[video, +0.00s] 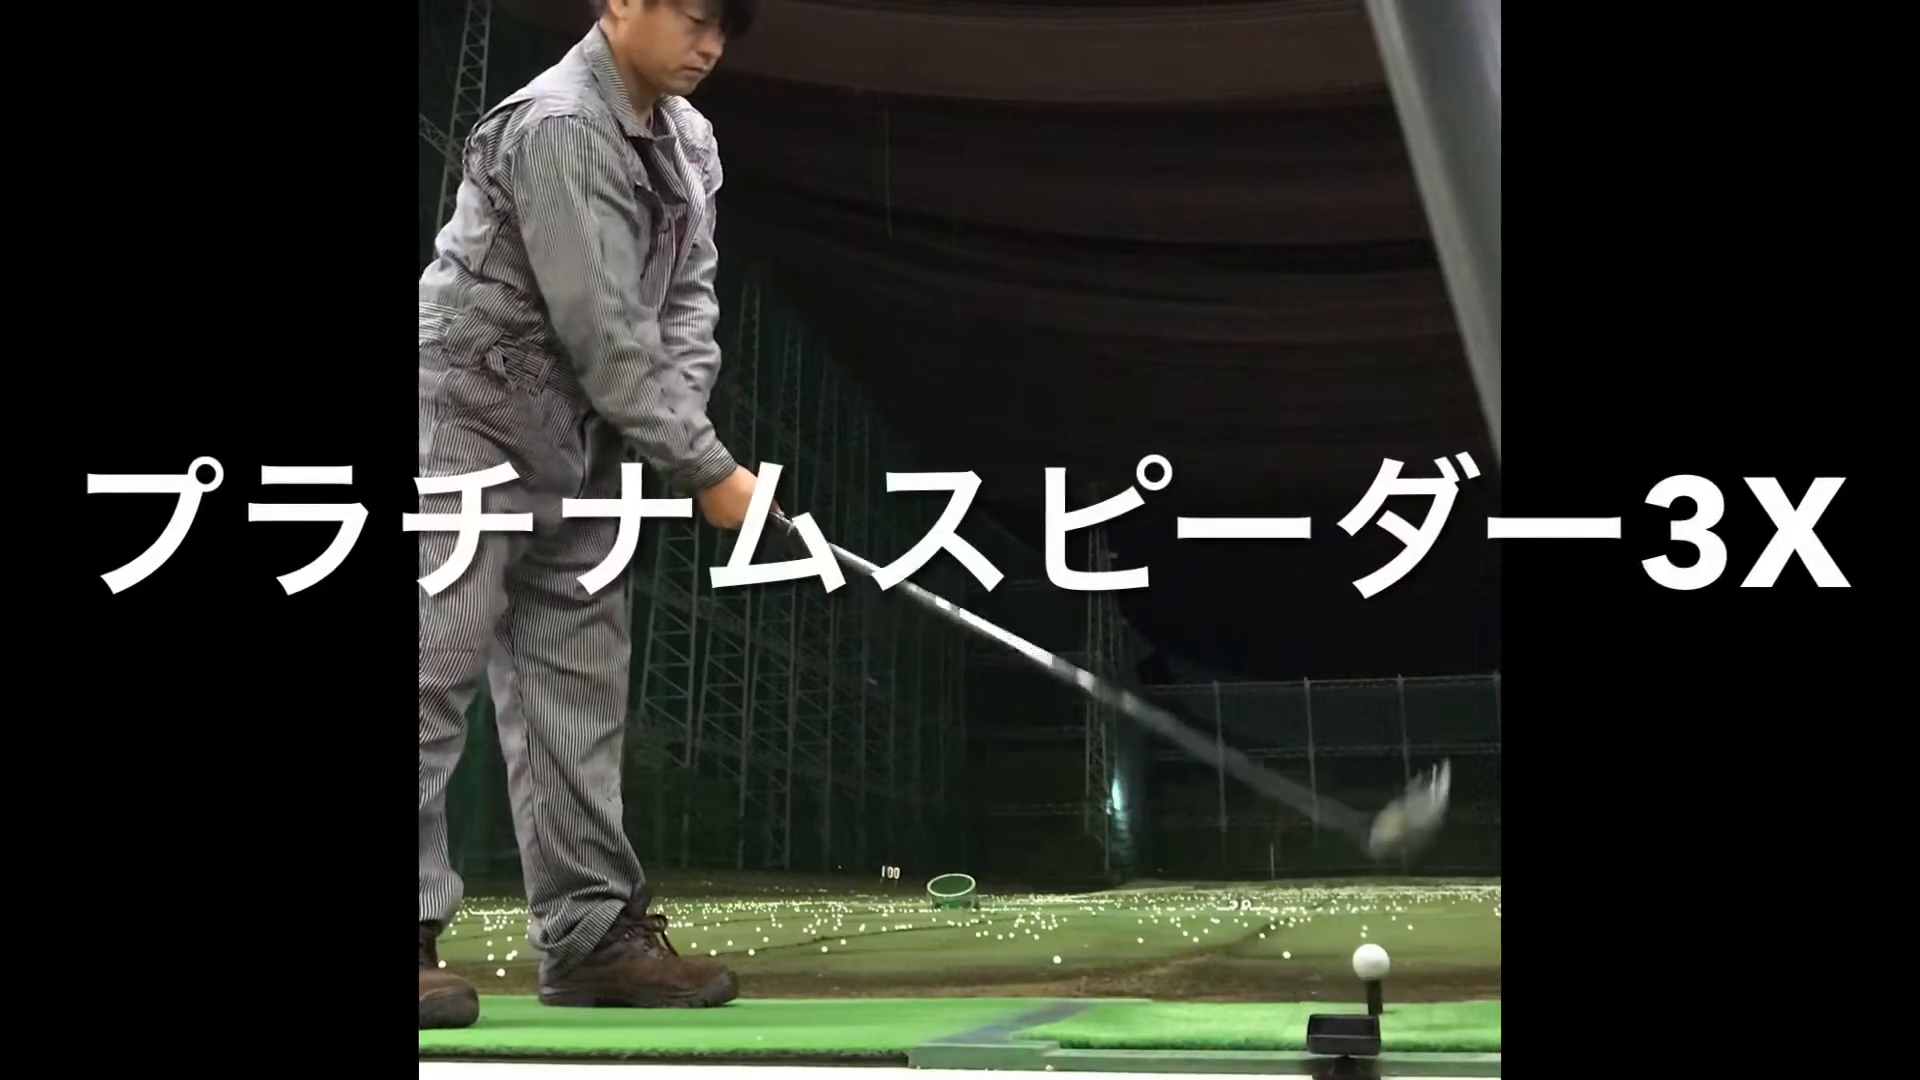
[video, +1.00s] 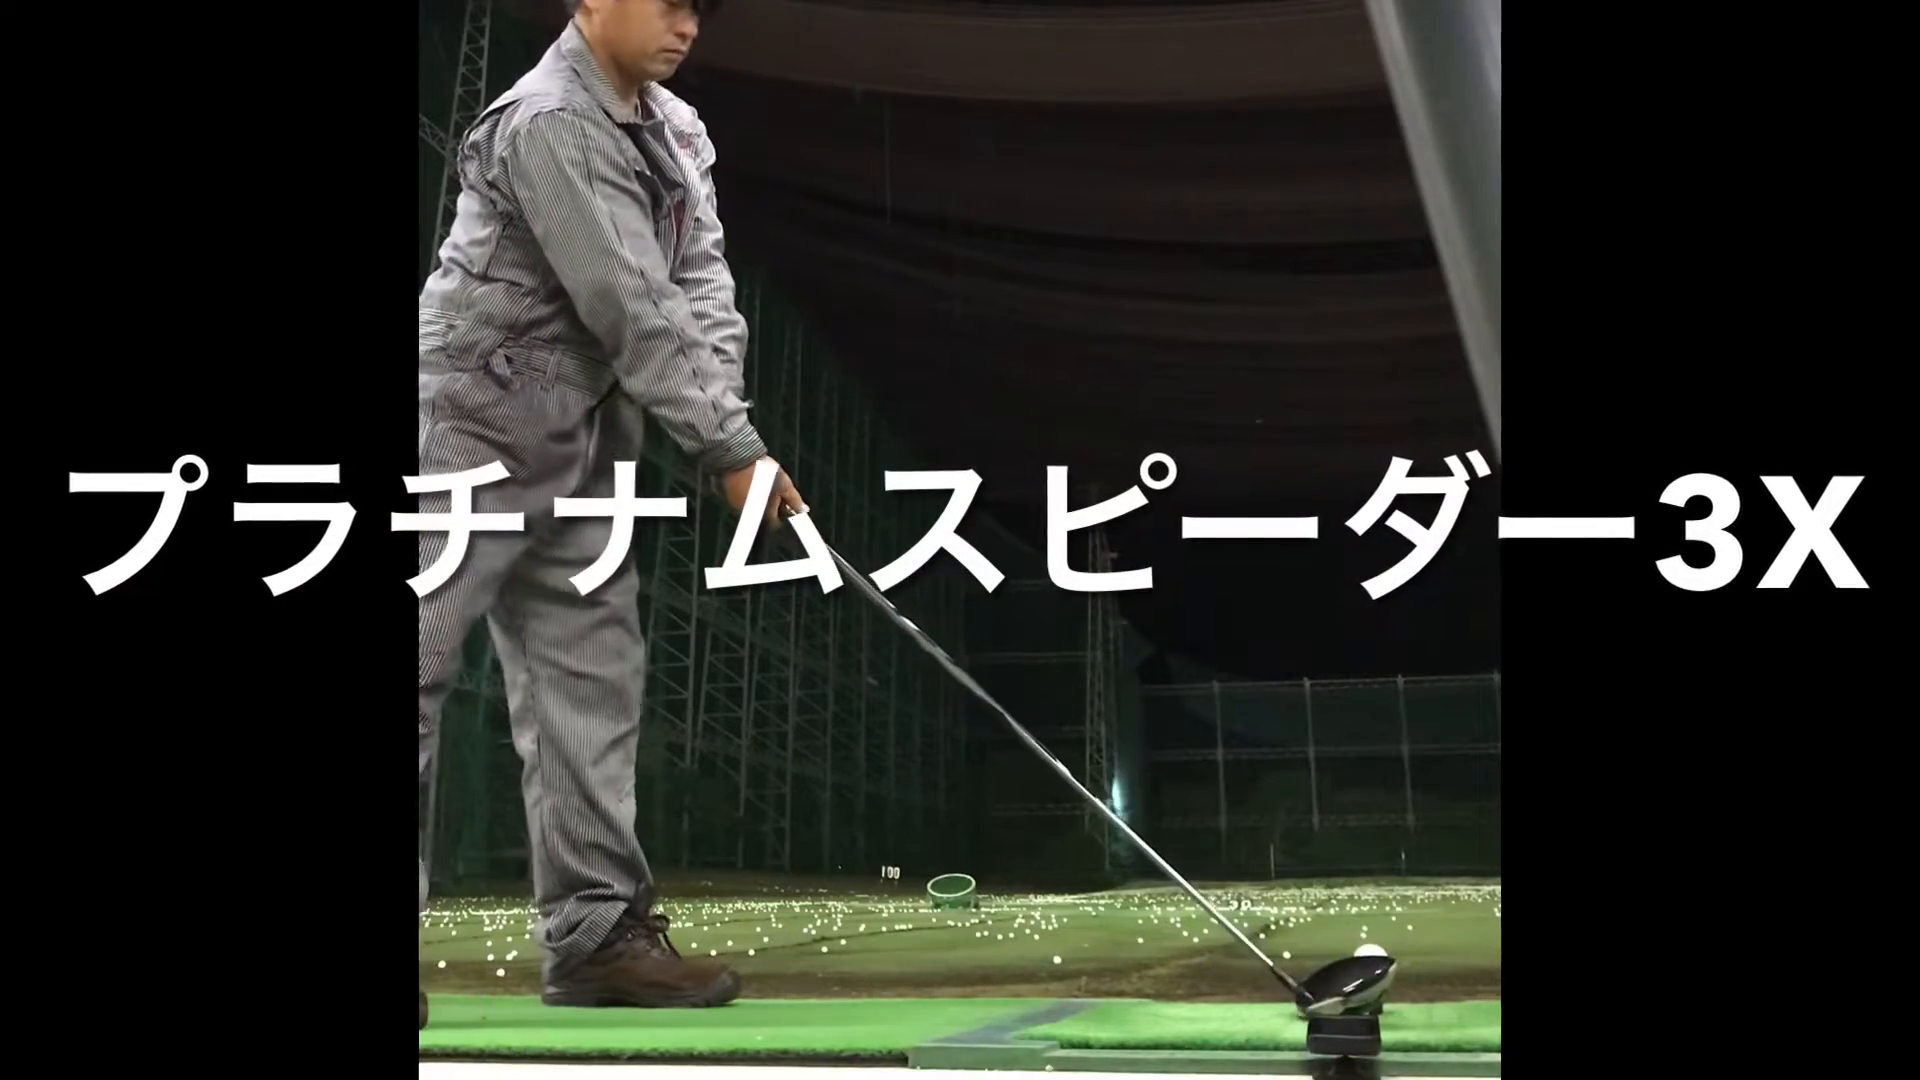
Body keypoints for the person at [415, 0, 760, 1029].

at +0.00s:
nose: (708, 45)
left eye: (721, 26)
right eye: (687, 19)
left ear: (727, 32)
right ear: (617, 9)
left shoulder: (692, 136)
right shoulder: (561, 124)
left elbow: (692, 302)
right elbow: (601, 331)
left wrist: (673, 424)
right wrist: (710, 469)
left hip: (576, 435)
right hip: (463, 416)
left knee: (574, 679)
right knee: (437, 670)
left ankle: (591, 940)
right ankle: (417, 945)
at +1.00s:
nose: (688, 22)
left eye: (692, 6)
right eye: (667, 3)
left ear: (687, 19)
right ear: (593, 9)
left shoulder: (677, 127)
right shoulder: (552, 122)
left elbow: (705, 288)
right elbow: (629, 307)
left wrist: (720, 432)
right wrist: (733, 449)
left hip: (582, 447)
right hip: (468, 437)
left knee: (586, 685)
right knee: (424, 682)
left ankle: (595, 939)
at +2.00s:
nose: (710, 18)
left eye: (709, 5)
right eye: (704, 4)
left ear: (656, 12)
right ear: (663, 8)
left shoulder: (672, 125)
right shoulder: (546, 111)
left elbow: (695, 285)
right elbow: (617, 298)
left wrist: (723, 418)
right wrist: (743, 427)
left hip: (579, 455)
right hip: (471, 443)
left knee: (594, 679)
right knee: (426, 686)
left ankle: (597, 936)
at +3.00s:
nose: (684, 27)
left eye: (693, 11)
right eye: (662, 8)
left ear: (695, 22)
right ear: (590, 10)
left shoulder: (681, 130)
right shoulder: (553, 125)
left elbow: (706, 287)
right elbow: (626, 309)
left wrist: (709, 417)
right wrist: (727, 453)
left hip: (583, 457)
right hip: (469, 442)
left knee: (606, 676)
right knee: (423, 664)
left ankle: (601, 935)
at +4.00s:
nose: (669, 26)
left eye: (679, 11)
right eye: (650, 4)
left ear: (681, 25)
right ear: (581, 4)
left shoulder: (657, 130)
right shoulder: (539, 110)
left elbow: (690, 270)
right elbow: (620, 286)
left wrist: (720, 407)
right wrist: (726, 426)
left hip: (585, 438)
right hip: (474, 426)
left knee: (595, 671)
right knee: (428, 670)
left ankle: (597, 935)